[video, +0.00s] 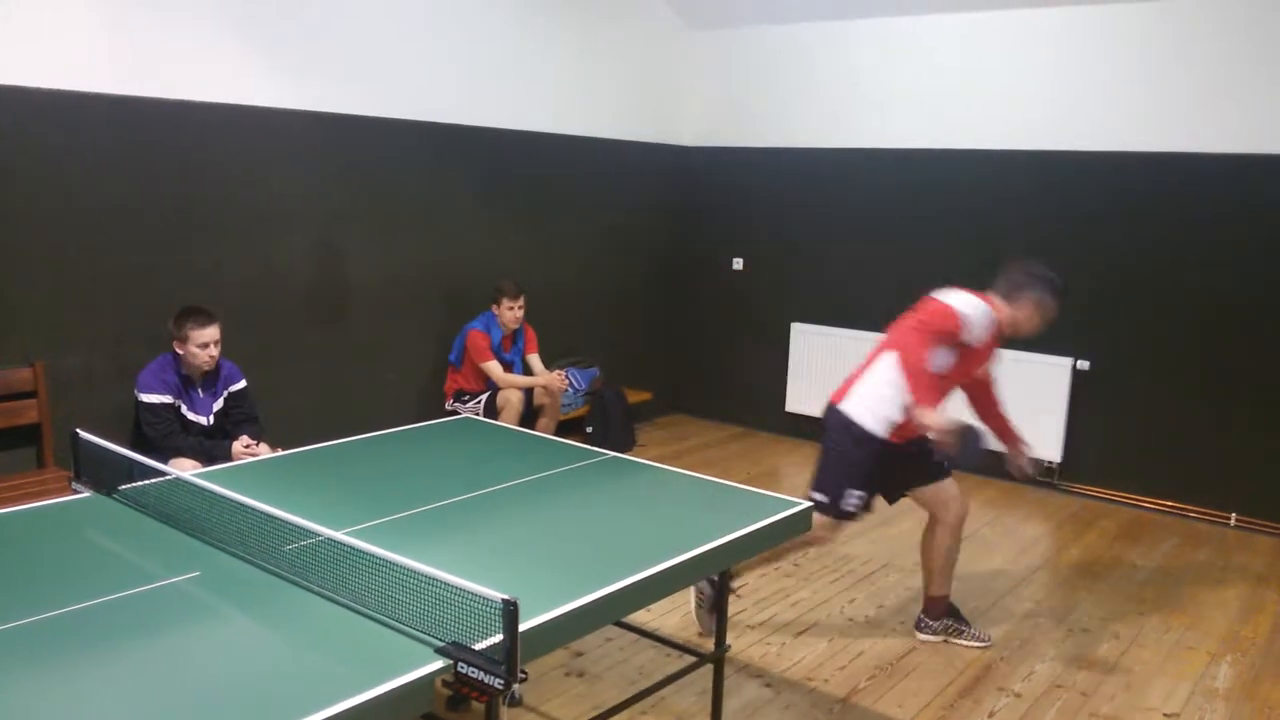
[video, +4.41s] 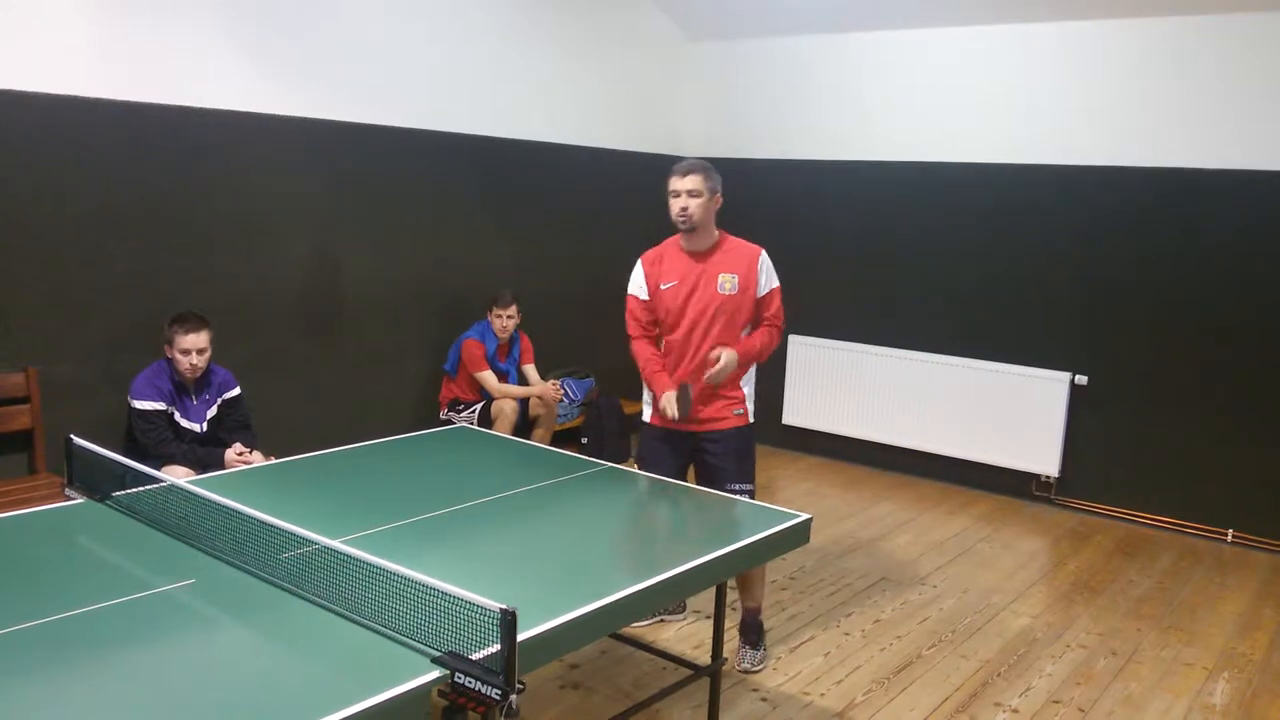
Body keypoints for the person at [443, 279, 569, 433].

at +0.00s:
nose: (517, 314)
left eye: (520, 308)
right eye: (510, 309)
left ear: (525, 308)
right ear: (495, 309)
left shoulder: (525, 332)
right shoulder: (476, 333)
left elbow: (540, 371)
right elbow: (500, 380)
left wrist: (553, 380)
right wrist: (545, 381)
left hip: (498, 394)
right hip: (462, 400)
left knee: (552, 395)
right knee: (514, 397)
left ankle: (540, 455)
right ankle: (501, 455)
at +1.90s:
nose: (509, 320)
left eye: (514, 314)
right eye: (503, 314)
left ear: (523, 315)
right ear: (494, 314)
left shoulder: (527, 338)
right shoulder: (477, 340)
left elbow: (541, 379)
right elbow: (502, 387)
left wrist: (555, 386)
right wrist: (546, 387)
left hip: (500, 400)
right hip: (465, 406)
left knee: (553, 401)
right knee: (514, 404)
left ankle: (541, 464)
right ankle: (501, 462)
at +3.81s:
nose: (502, 327)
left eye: (508, 321)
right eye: (496, 320)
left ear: (517, 322)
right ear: (488, 319)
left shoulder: (520, 343)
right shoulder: (471, 346)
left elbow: (534, 383)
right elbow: (495, 393)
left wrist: (547, 390)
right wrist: (534, 394)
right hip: (458, 411)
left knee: (547, 415)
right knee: (506, 410)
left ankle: (531, 471)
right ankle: (494, 467)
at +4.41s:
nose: (504, 324)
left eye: (510, 318)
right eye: (498, 317)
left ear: (518, 319)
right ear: (489, 316)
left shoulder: (521, 341)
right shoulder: (472, 343)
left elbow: (536, 382)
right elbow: (496, 391)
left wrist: (550, 390)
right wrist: (539, 391)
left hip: (494, 404)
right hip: (457, 410)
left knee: (547, 405)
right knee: (508, 407)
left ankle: (534, 468)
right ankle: (495, 467)